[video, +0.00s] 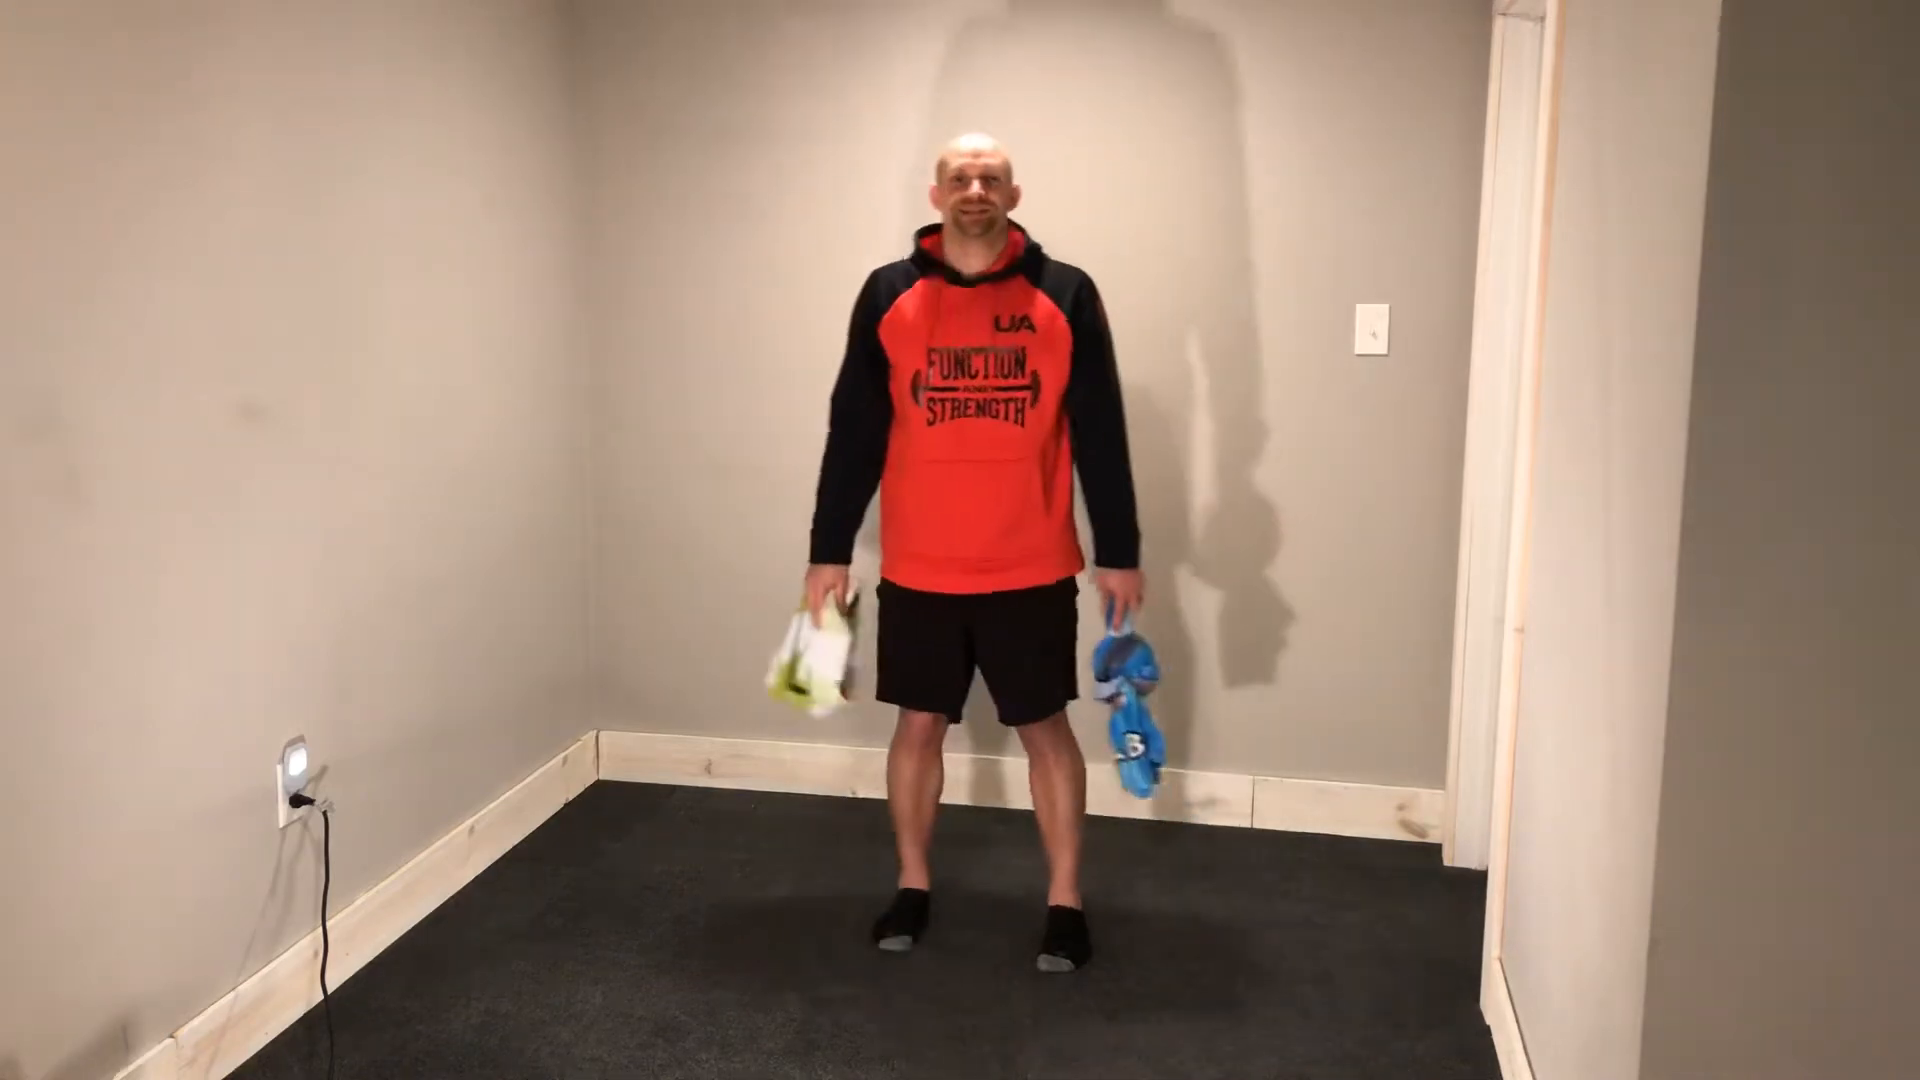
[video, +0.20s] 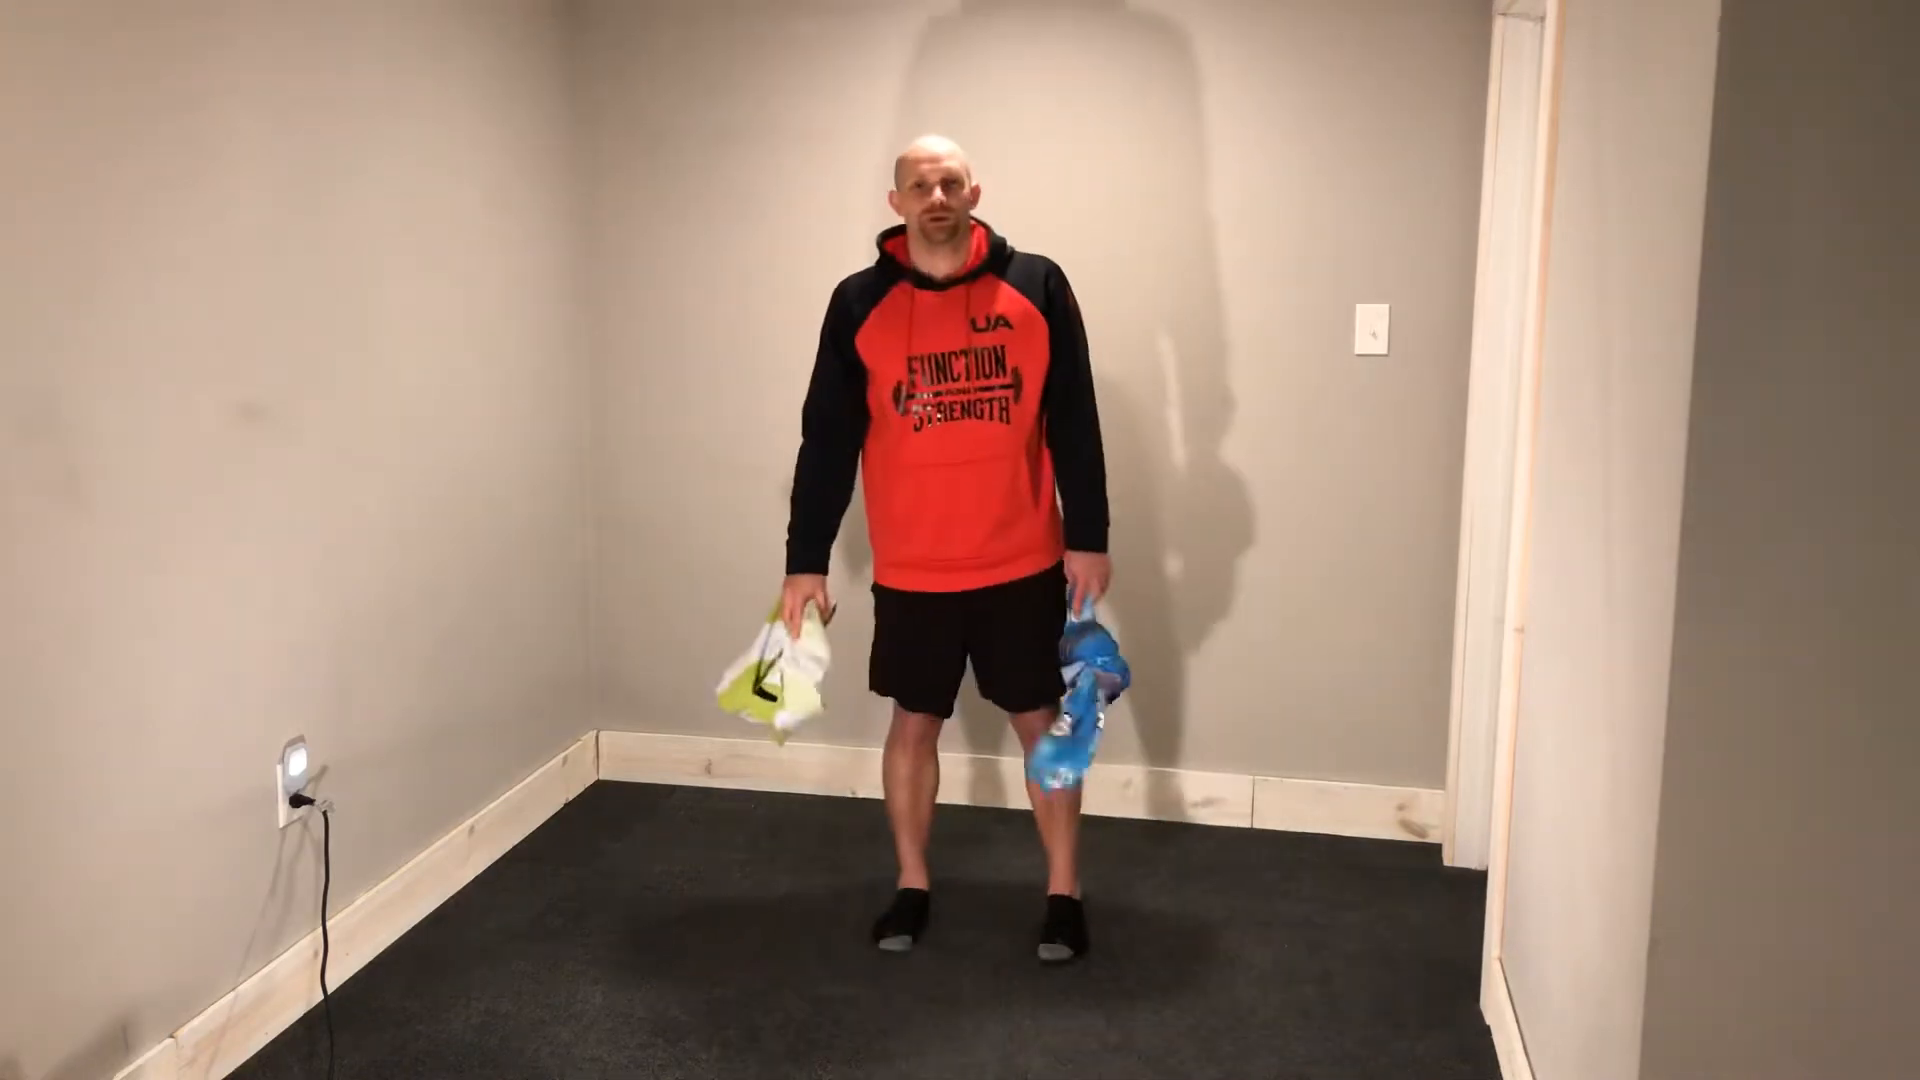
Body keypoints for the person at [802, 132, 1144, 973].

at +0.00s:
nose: (976, 189)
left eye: (991, 178)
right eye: (959, 177)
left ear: (1014, 197)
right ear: (934, 196)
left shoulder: (1064, 295)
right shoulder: (889, 294)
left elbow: (1099, 430)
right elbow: (855, 430)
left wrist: (1119, 553)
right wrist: (829, 551)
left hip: (1028, 564)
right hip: (919, 565)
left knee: (1042, 726)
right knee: (919, 721)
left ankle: (1065, 905)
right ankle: (912, 889)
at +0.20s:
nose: (938, 195)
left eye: (950, 181)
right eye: (920, 185)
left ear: (975, 194)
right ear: (896, 204)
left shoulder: (1035, 287)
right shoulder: (860, 303)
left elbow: (1073, 419)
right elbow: (828, 438)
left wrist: (1088, 537)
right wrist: (806, 559)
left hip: (1018, 557)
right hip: (912, 566)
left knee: (1039, 719)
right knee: (914, 720)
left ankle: (1063, 892)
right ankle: (910, 885)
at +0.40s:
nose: (934, 194)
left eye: (946, 180)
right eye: (917, 185)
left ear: (973, 191)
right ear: (893, 204)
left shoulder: (1036, 286)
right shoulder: (861, 304)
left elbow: (1077, 417)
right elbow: (832, 438)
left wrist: (1097, 536)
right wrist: (812, 561)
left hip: (1018, 554)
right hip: (912, 563)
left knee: (1036, 719)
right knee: (914, 719)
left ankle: (1055, 896)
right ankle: (911, 886)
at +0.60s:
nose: (946, 193)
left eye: (959, 179)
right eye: (929, 182)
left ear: (984, 191)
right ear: (905, 201)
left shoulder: (1045, 287)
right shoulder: (870, 301)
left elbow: (1085, 420)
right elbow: (845, 437)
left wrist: (1107, 540)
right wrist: (831, 562)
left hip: (1023, 557)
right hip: (914, 563)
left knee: (1037, 720)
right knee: (914, 723)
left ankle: (1056, 898)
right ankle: (912, 888)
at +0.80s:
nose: (959, 189)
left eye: (973, 176)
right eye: (942, 178)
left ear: (1000, 192)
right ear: (920, 199)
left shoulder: (1058, 291)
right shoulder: (881, 298)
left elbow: (1091, 424)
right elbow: (855, 435)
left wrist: (1108, 545)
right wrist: (843, 558)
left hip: (1028, 562)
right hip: (918, 565)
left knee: (1038, 727)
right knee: (916, 723)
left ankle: (1057, 899)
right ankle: (911, 889)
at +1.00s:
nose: (968, 191)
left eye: (981, 177)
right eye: (951, 180)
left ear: (1008, 191)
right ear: (929, 198)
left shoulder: (1065, 291)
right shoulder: (890, 297)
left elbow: (1099, 426)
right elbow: (860, 433)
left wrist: (1118, 547)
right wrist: (842, 555)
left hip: (1034, 561)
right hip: (926, 564)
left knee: (1042, 729)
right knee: (920, 724)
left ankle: (1057, 900)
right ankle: (911, 890)